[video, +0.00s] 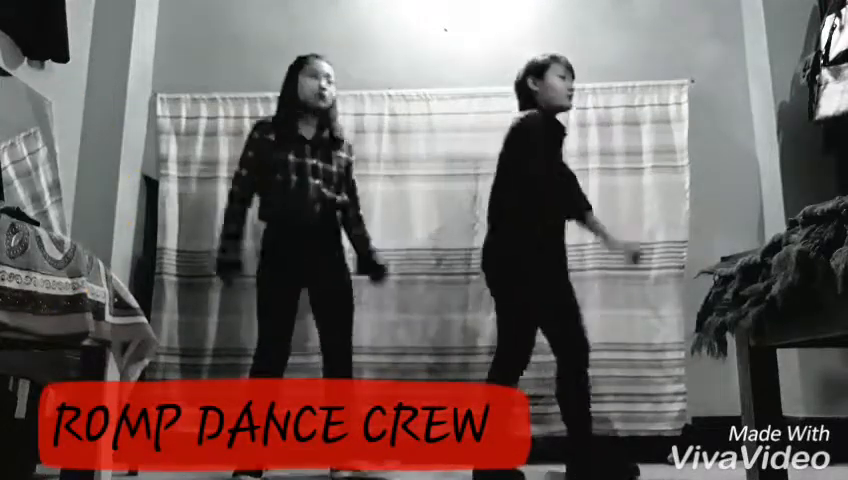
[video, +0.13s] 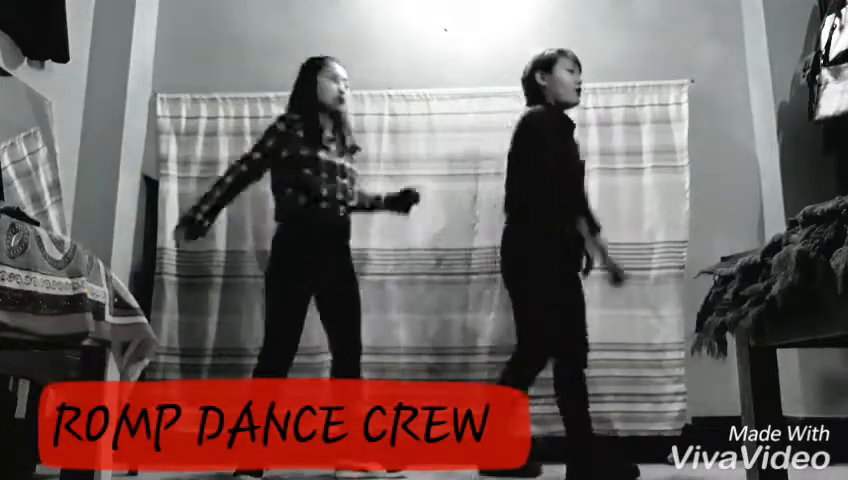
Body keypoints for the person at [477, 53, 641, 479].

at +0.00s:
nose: (571, 85)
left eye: (571, 79)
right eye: (562, 77)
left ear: (540, 90)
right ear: (536, 84)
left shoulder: (525, 131)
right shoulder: (541, 129)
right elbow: (566, 193)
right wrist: (611, 240)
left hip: (508, 260)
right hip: (536, 262)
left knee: (512, 353)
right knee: (573, 350)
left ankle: (482, 448)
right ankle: (583, 453)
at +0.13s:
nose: (580, 79)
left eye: (579, 72)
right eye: (572, 71)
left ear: (550, 81)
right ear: (543, 78)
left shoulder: (548, 126)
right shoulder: (545, 125)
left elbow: (575, 202)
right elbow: (563, 199)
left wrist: (603, 254)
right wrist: (589, 244)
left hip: (541, 256)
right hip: (542, 258)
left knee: (535, 348)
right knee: (566, 352)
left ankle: (485, 437)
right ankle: (584, 456)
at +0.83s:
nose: (578, 74)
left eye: (577, 67)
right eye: (570, 66)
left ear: (543, 78)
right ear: (542, 75)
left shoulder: (533, 120)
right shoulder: (552, 119)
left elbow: (530, 190)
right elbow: (561, 187)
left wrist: (552, 245)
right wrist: (571, 246)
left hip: (525, 252)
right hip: (545, 253)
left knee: (519, 354)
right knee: (557, 358)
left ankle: (491, 448)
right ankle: (581, 455)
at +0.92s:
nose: (574, 70)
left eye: (574, 63)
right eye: (564, 63)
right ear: (536, 74)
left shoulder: (549, 121)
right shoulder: (538, 119)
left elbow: (561, 191)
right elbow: (541, 189)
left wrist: (578, 245)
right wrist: (559, 243)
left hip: (550, 254)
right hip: (538, 255)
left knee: (558, 355)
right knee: (534, 352)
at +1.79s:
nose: (525, 80)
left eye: (533, 71)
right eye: (525, 72)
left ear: (561, 73)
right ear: (553, 77)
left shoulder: (576, 118)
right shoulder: (552, 125)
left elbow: (575, 188)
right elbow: (545, 192)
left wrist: (553, 242)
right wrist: (536, 242)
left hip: (582, 259)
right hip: (553, 262)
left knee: (610, 355)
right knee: (540, 363)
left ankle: (637, 453)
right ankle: (518, 457)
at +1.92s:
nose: (508, 99)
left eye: (516, 91)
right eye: (509, 91)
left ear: (541, 95)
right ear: (538, 96)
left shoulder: (548, 142)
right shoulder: (538, 140)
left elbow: (553, 209)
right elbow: (542, 210)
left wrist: (545, 261)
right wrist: (540, 264)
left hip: (580, 277)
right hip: (558, 276)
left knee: (555, 376)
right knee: (503, 353)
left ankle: (628, 450)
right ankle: (514, 456)